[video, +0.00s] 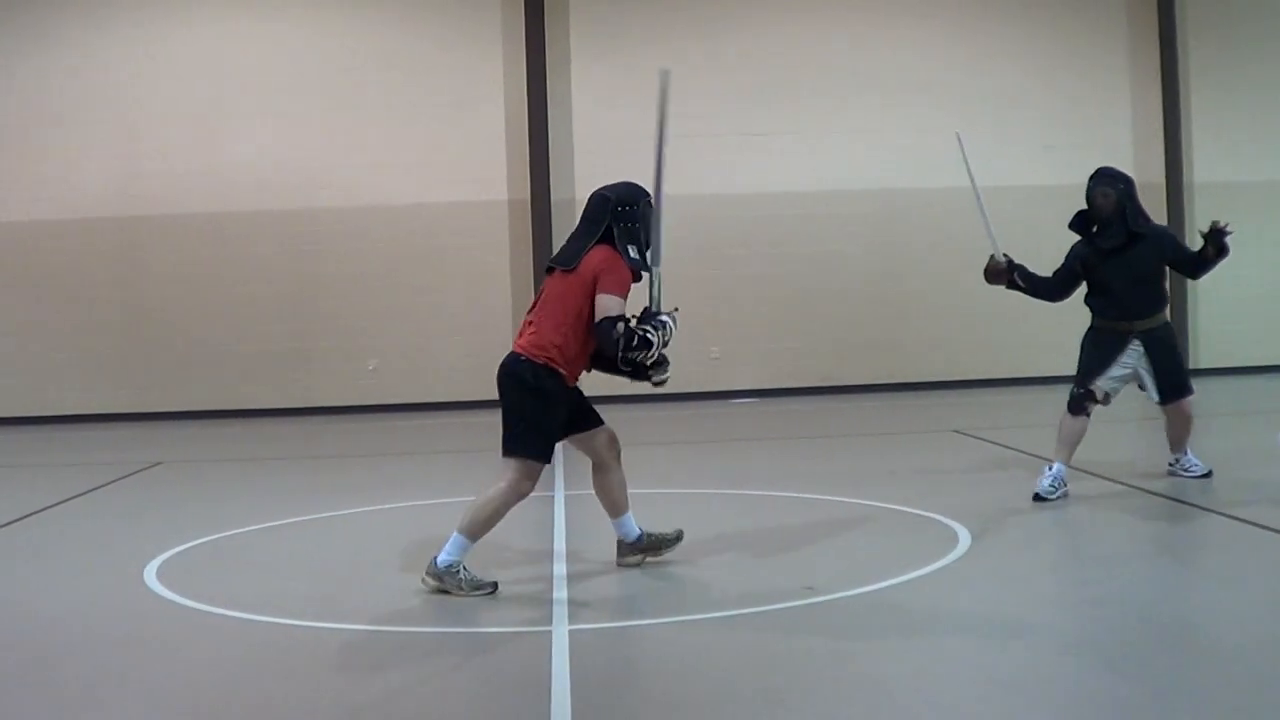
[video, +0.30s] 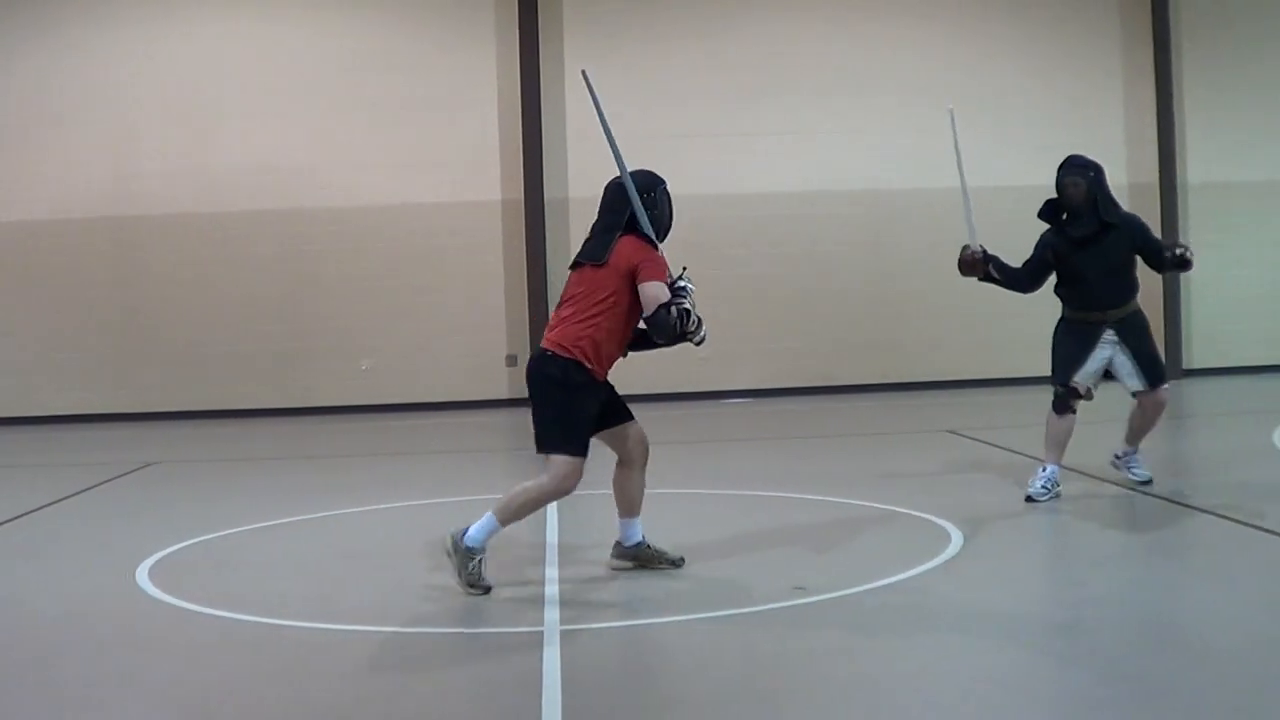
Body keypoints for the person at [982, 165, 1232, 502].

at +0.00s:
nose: (1096, 199)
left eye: (1103, 192)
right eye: (1092, 194)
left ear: (1123, 195)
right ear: (1088, 201)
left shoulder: (1154, 238)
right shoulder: (1086, 249)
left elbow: (1192, 268)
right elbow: (1056, 289)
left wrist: (1212, 249)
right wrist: (1013, 274)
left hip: (1155, 333)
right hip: (1106, 336)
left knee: (1179, 401)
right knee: (1080, 401)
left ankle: (1180, 458)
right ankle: (1056, 473)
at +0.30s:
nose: (1068, 191)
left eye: (1075, 184)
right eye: (1064, 185)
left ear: (1094, 185)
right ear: (1059, 191)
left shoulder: (1125, 226)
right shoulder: (1056, 238)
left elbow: (1157, 257)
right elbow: (1028, 280)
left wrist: (1176, 257)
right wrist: (988, 265)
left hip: (1127, 320)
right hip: (1078, 325)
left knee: (1155, 396)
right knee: (1065, 397)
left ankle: (1127, 454)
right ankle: (1049, 473)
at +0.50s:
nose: (1065, 190)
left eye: (1072, 183)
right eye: (1059, 184)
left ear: (1090, 184)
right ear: (1054, 190)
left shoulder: (1121, 222)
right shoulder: (1053, 236)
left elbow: (1156, 251)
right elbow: (1027, 279)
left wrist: (1165, 286)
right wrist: (989, 266)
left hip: (1120, 322)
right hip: (1074, 324)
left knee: (1131, 396)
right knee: (1061, 396)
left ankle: (1104, 463)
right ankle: (1040, 472)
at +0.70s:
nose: (1061, 188)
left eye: (1068, 181)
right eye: (1056, 182)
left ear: (1085, 183)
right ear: (1049, 186)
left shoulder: (1115, 221)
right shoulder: (1047, 233)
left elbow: (1147, 245)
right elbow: (1020, 276)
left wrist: (1147, 290)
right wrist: (986, 261)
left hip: (1112, 320)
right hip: (1066, 321)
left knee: (1121, 398)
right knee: (1048, 388)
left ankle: (1094, 463)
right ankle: (1031, 465)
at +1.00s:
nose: (1021, 187)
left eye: (1027, 180)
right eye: (1015, 181)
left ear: (1041, 185)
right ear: (1005, 188)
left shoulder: (1065, 228)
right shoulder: (997, 237)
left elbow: (1090, 257)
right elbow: (968, 279)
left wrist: (1086, 299)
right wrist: (940, 260)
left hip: (1060, 324)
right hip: (1014, 328)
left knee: (1075, 399)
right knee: (1010, 402)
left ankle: (1057, 466)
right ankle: (993, 478)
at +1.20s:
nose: (974, 186)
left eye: (980, 179)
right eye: (967, 180)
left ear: (993, 182)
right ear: (957, 184)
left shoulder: (1013, 226)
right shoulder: (947, 232)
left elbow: (1031, 258)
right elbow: (922, 276)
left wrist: (1027, 299)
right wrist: (897, 261)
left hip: (1005, 322)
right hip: (962, 325)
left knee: (1020, 395)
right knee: (965, 402)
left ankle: (1020, 464)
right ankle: (957, 479)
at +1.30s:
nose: (946, 184)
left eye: (953, 177)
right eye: (939, 178)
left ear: (965, 179)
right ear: (929, 181)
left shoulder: (984, 222)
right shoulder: (920, 228)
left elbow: (1000, 255)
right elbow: (896, 273)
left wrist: (994, 296)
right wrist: (871, 261)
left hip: (975, 319)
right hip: (934, 322)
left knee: (988, 393)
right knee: (942, 403)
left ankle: (985, 463)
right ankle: (935, 480)